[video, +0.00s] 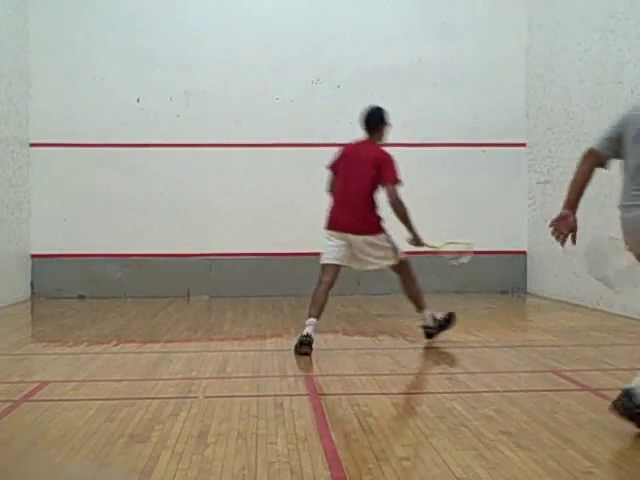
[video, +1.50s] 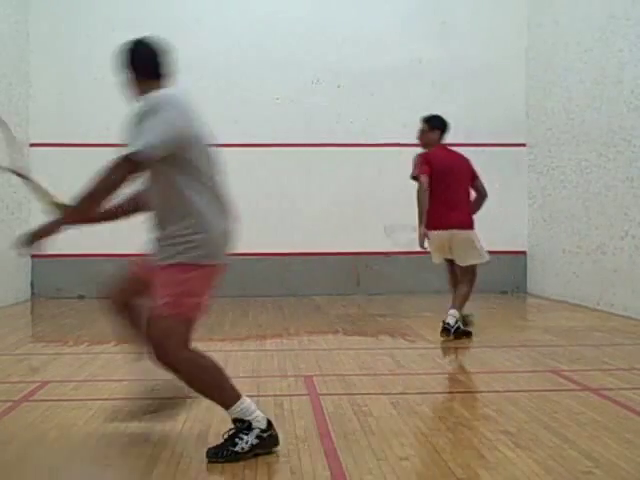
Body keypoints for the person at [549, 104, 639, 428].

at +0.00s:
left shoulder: (631, 119)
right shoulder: (631, 119)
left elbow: (591, 157)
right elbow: (591, 157)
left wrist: (568, 209)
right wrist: (569, 209)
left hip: (633, 225)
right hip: (635, 225)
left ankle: (635, 391)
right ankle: (634, 391)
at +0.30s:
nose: (582, 50)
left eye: (575, 44)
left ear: (573, 48)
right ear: (612, 47)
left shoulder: (555, 97)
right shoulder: (632, 84)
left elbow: (535, 159)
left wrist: (532, 216)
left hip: (575, 211)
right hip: (630, 208)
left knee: (579, 297)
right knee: (631, 307)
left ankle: (572, 386)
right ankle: (621, 406)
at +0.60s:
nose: (498, 44)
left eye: (491, 38)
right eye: (513, 36)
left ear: (488, 42)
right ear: (526, 41)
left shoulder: (466, 87)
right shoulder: (548, 84)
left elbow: (435, 143)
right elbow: (588, 131)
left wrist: (436, 196)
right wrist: (624, 183)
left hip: (478, 208)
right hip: (534, 208)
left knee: (478, 296)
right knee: (559, 299)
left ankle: (468, 394)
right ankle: (584, 390)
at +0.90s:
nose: (422, 53)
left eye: (417, 45)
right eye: (436, 47)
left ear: (409, 51)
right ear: (446, 52)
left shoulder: (388, 96)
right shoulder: (466, 99)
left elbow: (367, 158)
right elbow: (501, 157)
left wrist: (360, 211)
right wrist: (492, 201)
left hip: (402, 219)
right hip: (459, 218)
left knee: (378, 306)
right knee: (478, 305)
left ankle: (373, 403)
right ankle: (516, 396)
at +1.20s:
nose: (291, 44)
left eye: (292, 37)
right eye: (297, 37)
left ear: (297, 39)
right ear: (328, 38)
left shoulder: (304, 72)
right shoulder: (342, 76)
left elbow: (296, 132)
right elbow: (347, 147)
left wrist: (259, 199)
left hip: (324, 210)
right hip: (360, 208)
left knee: (269, 293)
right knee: (362, 302)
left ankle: (298, 398)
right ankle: (405, 401)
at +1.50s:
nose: (130, 81)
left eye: (130, 73)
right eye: (133, 72)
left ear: (134, 73)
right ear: (162, 68)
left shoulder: (167, 108)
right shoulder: (164, 113)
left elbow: (123, 169)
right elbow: (150, 197)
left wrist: (61, 220)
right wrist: (86, 217)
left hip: (195, 244)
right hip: (178, 243)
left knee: (167, 343)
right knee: (121, 295)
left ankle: (254, 423)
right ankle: (177, 369)